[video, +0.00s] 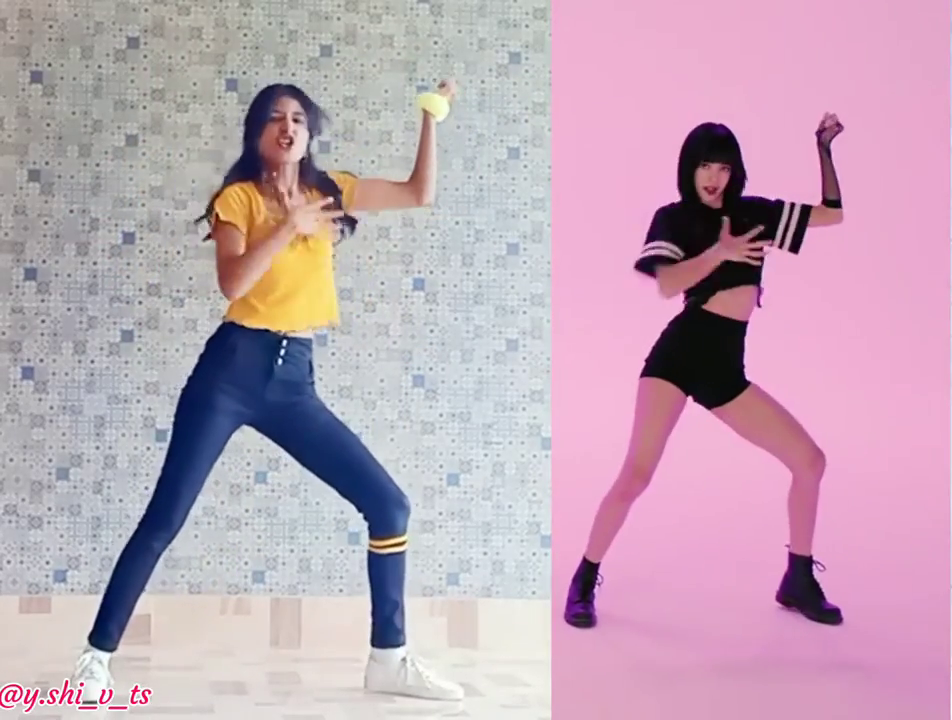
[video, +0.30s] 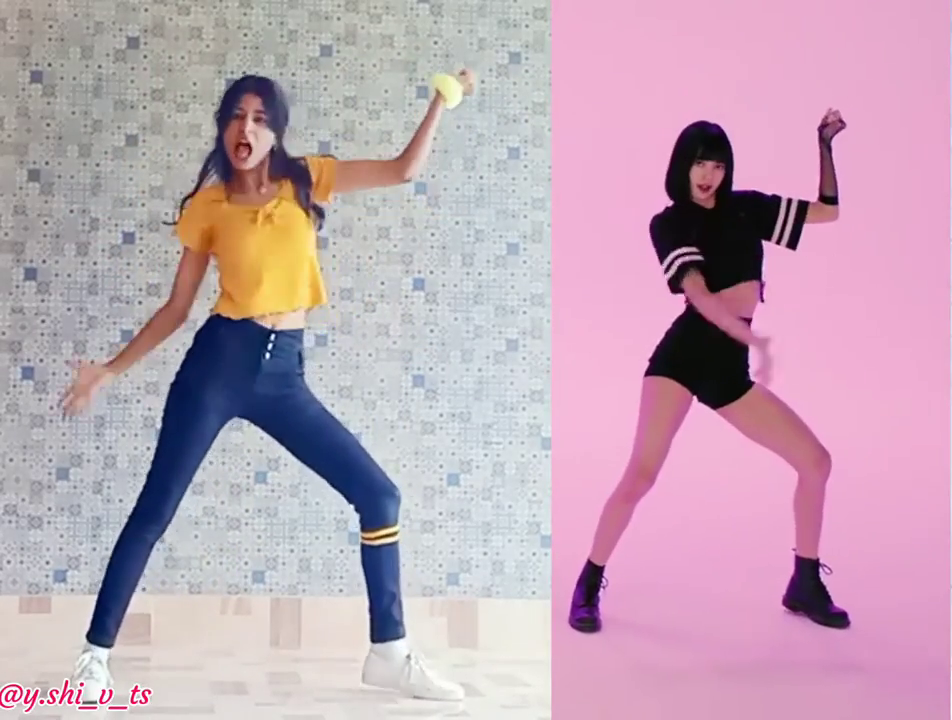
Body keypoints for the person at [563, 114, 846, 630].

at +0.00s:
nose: (713, 178)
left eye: (722, 168)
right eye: (703, 168)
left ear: (735, 170)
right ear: (688, 170)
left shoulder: (753, 213)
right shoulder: (674, 218)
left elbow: (832, 213)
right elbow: (667, 283)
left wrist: (824, 148)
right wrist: (722, 252)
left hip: (724, 367)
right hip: (677, 356)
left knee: (809, 461)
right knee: (635, 477)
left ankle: (798, 579)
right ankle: (584, 581)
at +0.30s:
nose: (707, 176)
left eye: (717, 166)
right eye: (698, 165)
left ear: (727, 169)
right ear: (681, 167)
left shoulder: (747, 209)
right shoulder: (669, 224)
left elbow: (827, 211)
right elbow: (697, 293)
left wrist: (825, 144)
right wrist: (747, 336)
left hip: (727, 367)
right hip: (680, 358)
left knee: (815, 462)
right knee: (640, 476)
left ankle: (805, 583)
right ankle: (589, 584)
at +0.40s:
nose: (704, 174)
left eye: (712, 162)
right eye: (694, 165)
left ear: (724, 165)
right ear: (679, 172)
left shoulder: (753, 210)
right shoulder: (672, 233)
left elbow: (833, 213)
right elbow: (658, 315)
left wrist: (833, 146)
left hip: (734, 372)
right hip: (686, 364)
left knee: (819, 467)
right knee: (645, 482)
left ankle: (813, 590)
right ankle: (596, 591)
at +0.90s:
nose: (772, 227)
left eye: (785, 225)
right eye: (769, 212)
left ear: (792, 236)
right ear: (750, 207)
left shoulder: (786, 280)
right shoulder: (697, 269)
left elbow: (875, 297)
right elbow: (652, 347)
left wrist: (898, 230)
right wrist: (600, 417)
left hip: (786, 409)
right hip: (730, 423)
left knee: (858, 515)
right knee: (668, 496)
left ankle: (850, 610)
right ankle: (642, 626)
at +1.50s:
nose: (738, 136)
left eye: (752, 129)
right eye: (731, 122)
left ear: (766, 140)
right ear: (713, 123)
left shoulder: (778, 192)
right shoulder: (684, 202)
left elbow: (822, 251)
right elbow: (632, 298)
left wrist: (847, 185)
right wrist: (573, 369)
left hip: (755, 363)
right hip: (697, 357)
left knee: (857, 456)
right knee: (669, 503)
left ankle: (841, 570)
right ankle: (615, 612)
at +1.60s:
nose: (746, 118)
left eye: (757, 110)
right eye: (734, 108)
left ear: (771, 122)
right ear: (714, 121)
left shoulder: (789, 198)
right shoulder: (690, 202)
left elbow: (788, 275)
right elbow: (647, 296)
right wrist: (598, 377)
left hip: (765, 359)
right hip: (704, 357)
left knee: (841, 487)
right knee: (672, 506)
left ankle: (819, 581)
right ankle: (619, 616)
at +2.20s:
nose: (727, 106)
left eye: (733, 89)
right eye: (713, 103)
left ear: (762, 91)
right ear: (709, 124)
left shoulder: (825, 157)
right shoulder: (722, 189)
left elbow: (843, 250)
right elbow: (667, 294)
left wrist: (880, 327)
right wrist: (594, 385)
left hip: (804, 351)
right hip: (740, 350)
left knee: (894, 494)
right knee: (707, 515)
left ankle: (912, 628)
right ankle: (656, 631)